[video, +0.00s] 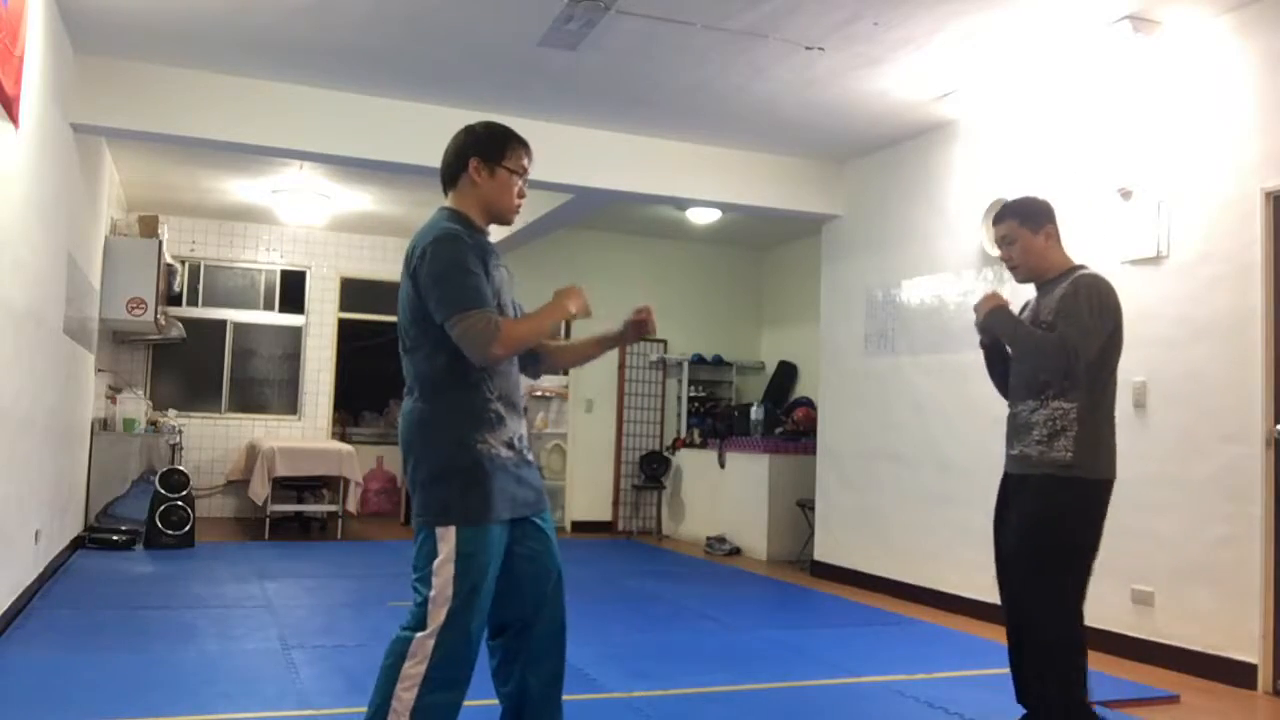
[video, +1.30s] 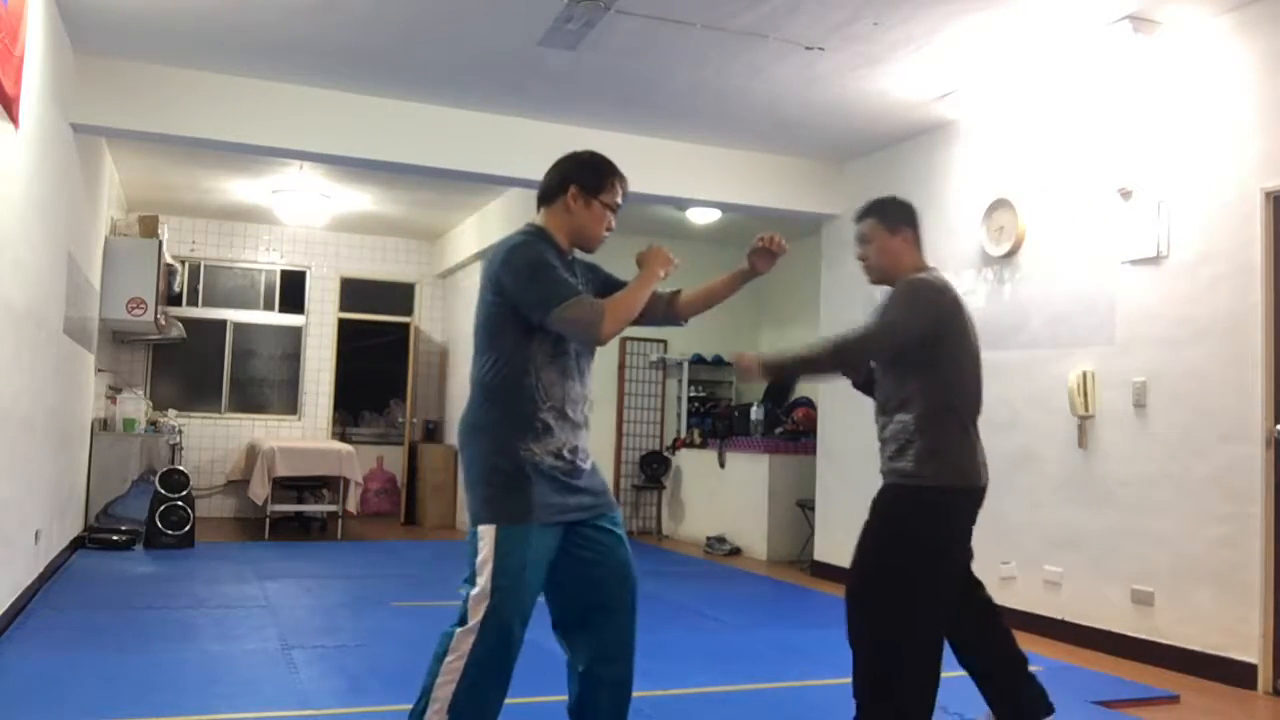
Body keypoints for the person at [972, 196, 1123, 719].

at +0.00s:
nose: (1005, 257)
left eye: (1010, 243)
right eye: (1000, 248)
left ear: (1046, 233)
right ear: (1018, 246)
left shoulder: (1088, 290)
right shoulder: (1036, 306)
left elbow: (1057, 360)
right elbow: (1015, 388)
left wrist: (1001, 319)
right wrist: (992, 335)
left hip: (1069, 478)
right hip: (1026, 477)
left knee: (1051, 607)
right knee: (1021, 605)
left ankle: (1064, 711)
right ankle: (1038, 708)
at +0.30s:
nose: (985, 257)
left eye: (991, 243)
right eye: (980, 248)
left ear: (1026, 236)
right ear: (987, 252)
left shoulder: (1062, 294)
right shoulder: (1009, 315)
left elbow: (1052, 364)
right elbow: (991, 392)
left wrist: (979, 337)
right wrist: (966, 344)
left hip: (1042, 470)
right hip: (1008, 471)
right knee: (1034, 589)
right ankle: (1059, 706)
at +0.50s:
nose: (949, 273)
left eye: (953, 259)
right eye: (945, 264)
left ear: (989, 246)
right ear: (975, 255)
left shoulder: (1027, 301)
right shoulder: (985, 319)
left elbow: (1015, 373)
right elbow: (957, 396)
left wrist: (945, 336)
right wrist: (930, 346)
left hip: (1004, 481)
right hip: (979, 480)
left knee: (951, 596)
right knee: (1014, 604)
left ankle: (938, 710)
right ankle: (1056, 710)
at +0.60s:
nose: (925, 275)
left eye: (929, 261)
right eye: (921, 266)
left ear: (964, 248)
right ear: (956, 255)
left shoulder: (997, 302)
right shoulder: (974, 313)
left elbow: (956, 348)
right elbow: (927, 391)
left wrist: (909, 310)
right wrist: (908, 328)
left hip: (976, 486)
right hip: (967, 485)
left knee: (928, 606)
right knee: (1004, 608)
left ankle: (910, 709)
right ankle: (1055, 709)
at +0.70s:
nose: (890, 267)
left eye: (895, 253)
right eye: (888, 256)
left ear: (932, 245)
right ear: (925, 252)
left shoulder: (960, 296)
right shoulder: (952, 307)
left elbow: (892, 322)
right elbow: (921, 391)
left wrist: (831, 288)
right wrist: (883, 345)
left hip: (948, 488)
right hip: (961, 489)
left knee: (898, 612)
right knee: (973, 601)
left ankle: (891, 715)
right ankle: (1050, 712)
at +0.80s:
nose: (859, 260)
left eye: (865, 246)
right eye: (857, 249)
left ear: (902, 238)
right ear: (904, 243)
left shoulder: (921, 288)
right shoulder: (940, 296)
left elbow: (835, 310)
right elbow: (918, 388)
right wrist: (872, 360)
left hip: (927, 483)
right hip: (958, 483)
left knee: (877, 611)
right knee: (946, 596)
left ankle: (885, 714)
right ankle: (1020, 712)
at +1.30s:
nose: (860, 255)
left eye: (867, 242)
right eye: (858, 245)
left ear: (902, 238)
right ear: (903, 243)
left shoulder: (920, 294)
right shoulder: (931, 299)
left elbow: (853, 347)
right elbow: (904, 393)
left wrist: (775, 365)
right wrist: (855, 367)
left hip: (922, 482)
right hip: (945, 480)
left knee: (877, 603)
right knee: (953, 594)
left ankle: (887, 715)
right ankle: (1024, 706)